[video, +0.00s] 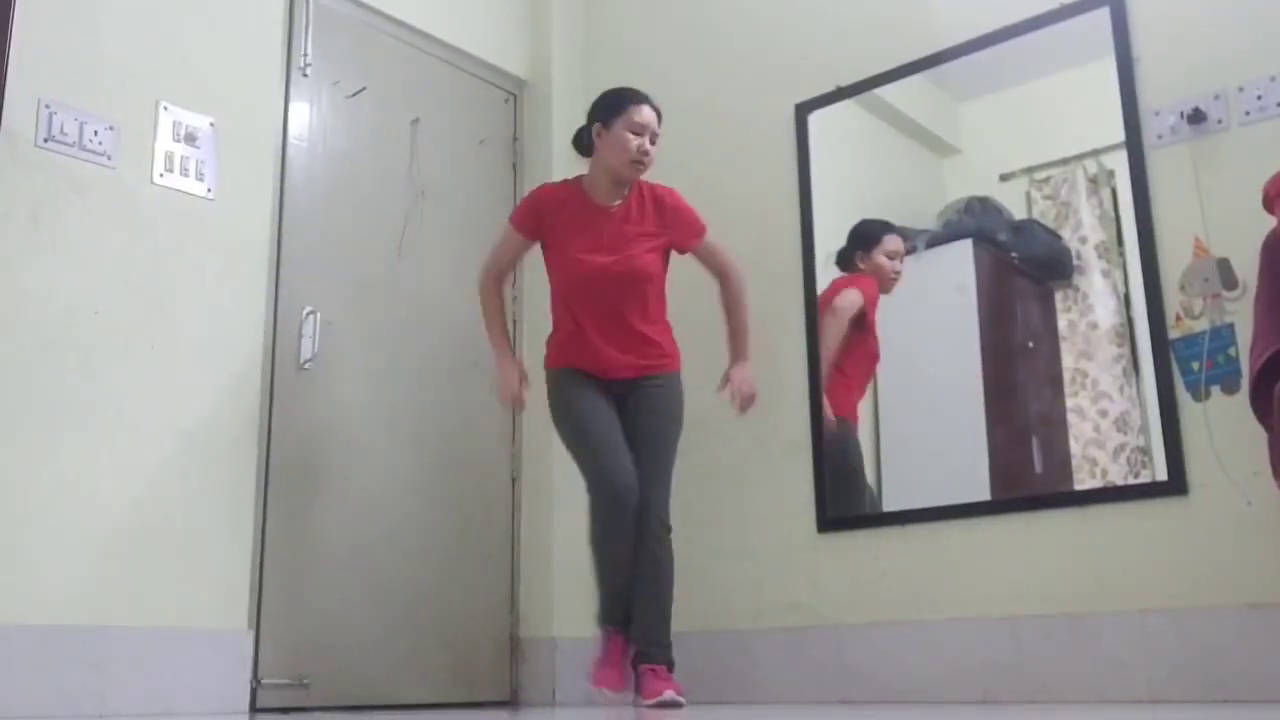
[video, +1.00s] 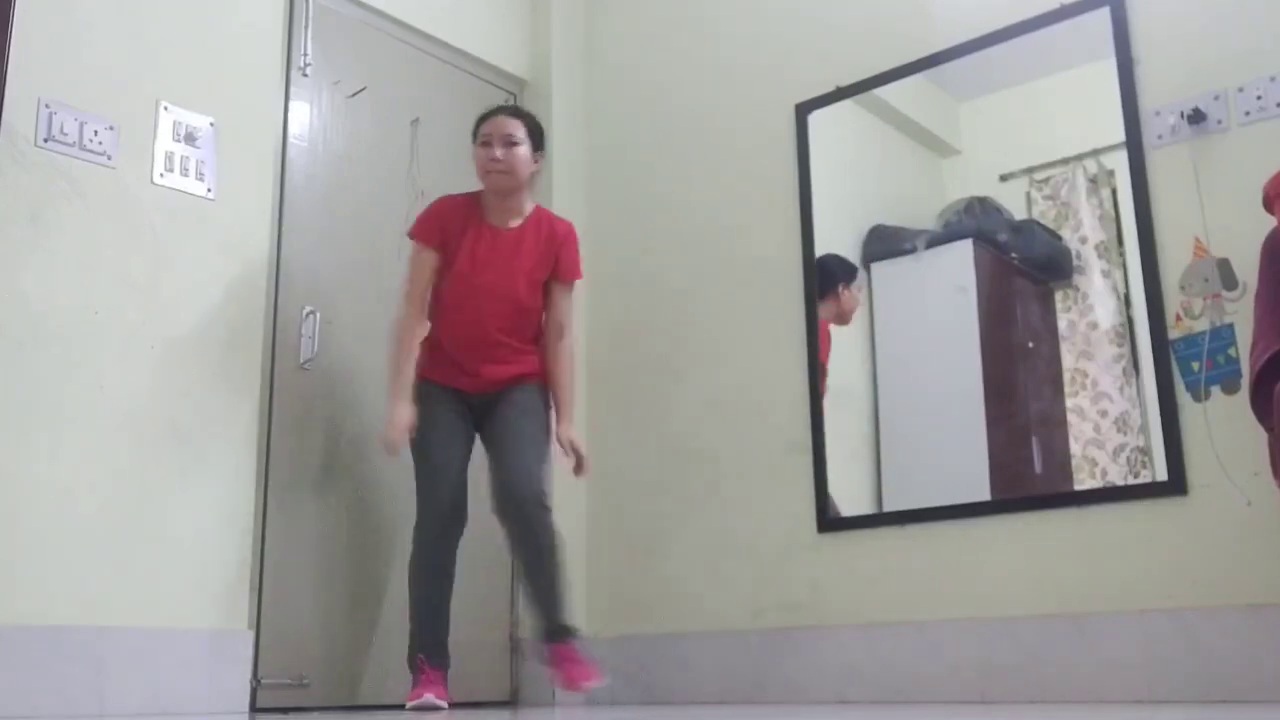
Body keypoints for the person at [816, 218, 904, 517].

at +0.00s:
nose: (899, 267)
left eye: (901, 259)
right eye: (890, 257)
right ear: (860, 259)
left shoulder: (836, 288)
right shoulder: (864, 283)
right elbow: (840, 307)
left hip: (828, 420)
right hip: (836, 422)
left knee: (864, 512)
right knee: (856, 517)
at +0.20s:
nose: (901, 268)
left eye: (902, 258)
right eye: (895, 256)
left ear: (869, 259)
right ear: (869, 257)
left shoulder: (838, 286)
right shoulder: (863, 282)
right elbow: (831, 301)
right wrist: (826, 380)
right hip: (841, 418)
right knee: (860, 513)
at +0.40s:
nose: (894, 270)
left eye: (893, 260)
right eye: (890, 259)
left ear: (865, 261)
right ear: (869, 260)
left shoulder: (826, 295)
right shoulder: (856, 294)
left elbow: (830, 394)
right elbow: (862, 370)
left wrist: (882, 414)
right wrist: (901, 415)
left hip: (817, 425)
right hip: (835, 427)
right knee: (867, 520)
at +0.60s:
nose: (885, 267)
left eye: (884, 257)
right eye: (882, 256)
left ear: (838, 258)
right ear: (864, 257)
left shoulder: (821, 291)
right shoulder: (854, 291)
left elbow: (850, 377)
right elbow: (890, 367)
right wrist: (926, 339)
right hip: (823, 426)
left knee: (830, 523)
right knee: (843, 523)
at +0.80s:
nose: (868, 287)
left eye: (867, 277)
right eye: (865, 277)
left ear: (826, 278)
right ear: (848, 279)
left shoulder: (816, 309)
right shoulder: (831, 311)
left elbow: (833, 396)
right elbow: (853, 390)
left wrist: (899, 401)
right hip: (802, 446)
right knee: (829, 528)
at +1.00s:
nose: (859, 302)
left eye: (859, 293)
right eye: (857, 292)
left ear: (840, 291)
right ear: (841, 290)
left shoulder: (816, 328)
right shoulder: (818, 331)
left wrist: (823, 497)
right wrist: (824, 499)